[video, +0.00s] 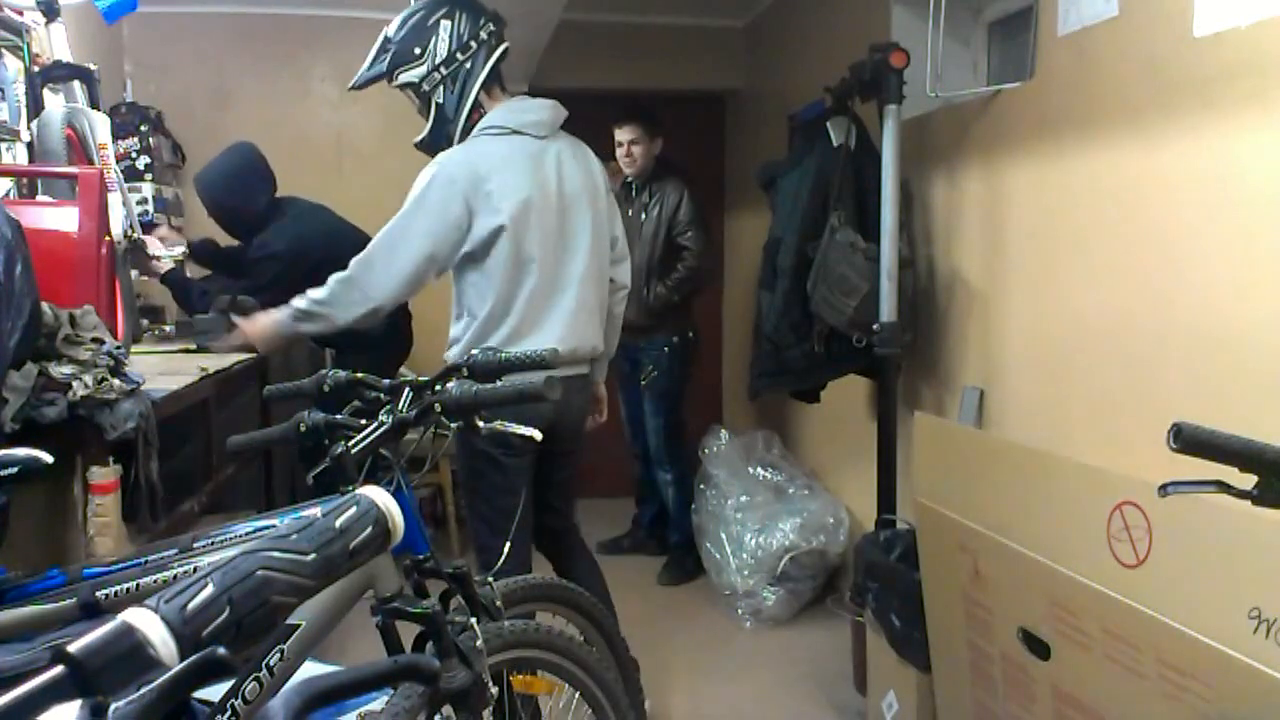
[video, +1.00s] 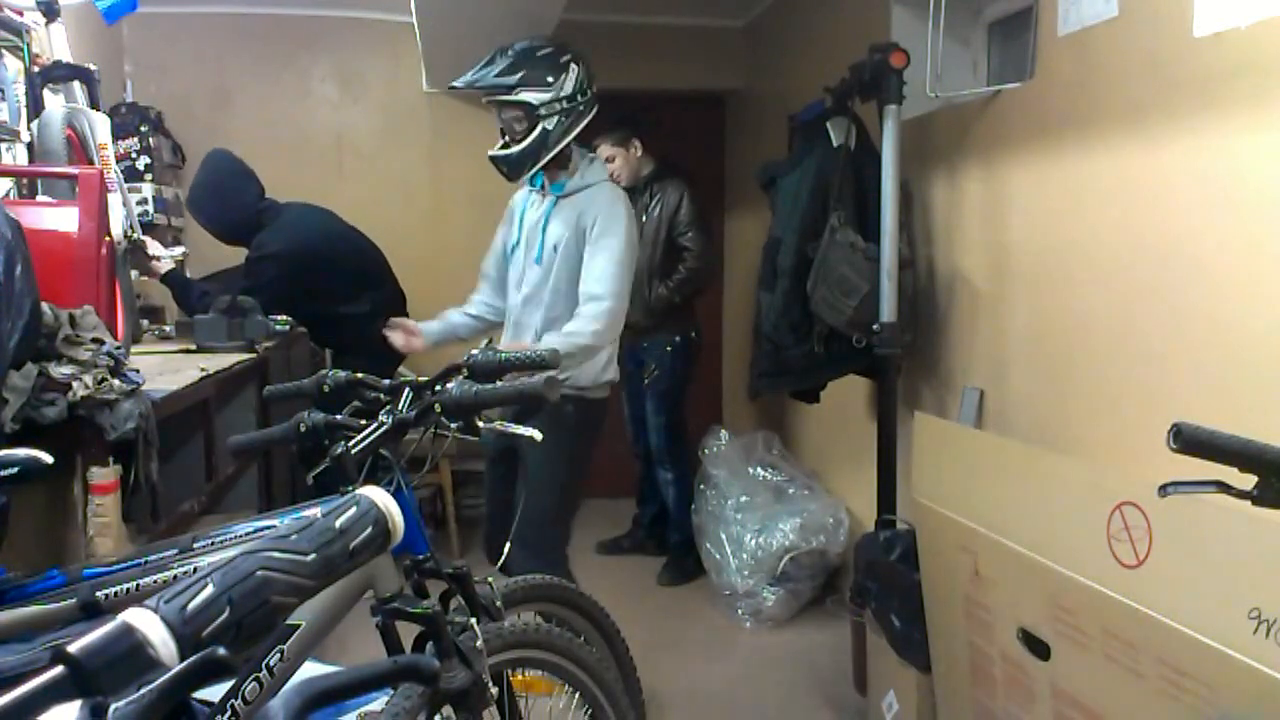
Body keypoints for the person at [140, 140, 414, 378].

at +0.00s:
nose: (213, 218)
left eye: (214, 209)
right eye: (211, 209)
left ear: (234, 206)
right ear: (260, 187)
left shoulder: (276, 249)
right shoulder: (292, 212)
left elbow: (225, 307)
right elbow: (245, 263)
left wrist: (168, 273)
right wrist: (189, 247)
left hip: (372, 343)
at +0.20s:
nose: (213, 220)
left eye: (214, 210)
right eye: (210, 210)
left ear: (232, 208)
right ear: (259, 190)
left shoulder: (280, 249)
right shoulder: (287, 214)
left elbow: (228, 309)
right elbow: (244, 265)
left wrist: (166, 272)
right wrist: (186, 236)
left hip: (369, 347)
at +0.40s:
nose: (213, 221)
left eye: (215, 212)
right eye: (211, 213)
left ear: (237, 205)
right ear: (259, 191)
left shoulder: (277, 250)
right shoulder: (291, 217)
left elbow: (231, 309)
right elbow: (247, 268)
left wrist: (165, 274)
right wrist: (187, 259)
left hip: (369, 346)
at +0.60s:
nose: (213, 222)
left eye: (213, 213)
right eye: (210, 213)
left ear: (229, 210)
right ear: (252, 191)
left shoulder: (278, 252)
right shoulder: (284, 215)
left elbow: (222, 311)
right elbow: (244, 268)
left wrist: (169, 274)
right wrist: (186, 244)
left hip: (369, 351)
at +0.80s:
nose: (210, 228)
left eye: (208, 220)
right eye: (205, 220)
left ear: (222, 216)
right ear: (251, 192)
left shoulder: (272, 253)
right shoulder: (291, 216)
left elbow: (225, 316)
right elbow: (248, 286)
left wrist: (165, 273)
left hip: (367, 347)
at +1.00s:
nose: (211, 230)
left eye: (209, 221)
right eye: (206, 222)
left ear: (223, 218)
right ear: (249, 193)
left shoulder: (274, 252)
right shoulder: (296, 216)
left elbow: (226, 313)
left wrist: (165, 272)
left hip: (365, 348)